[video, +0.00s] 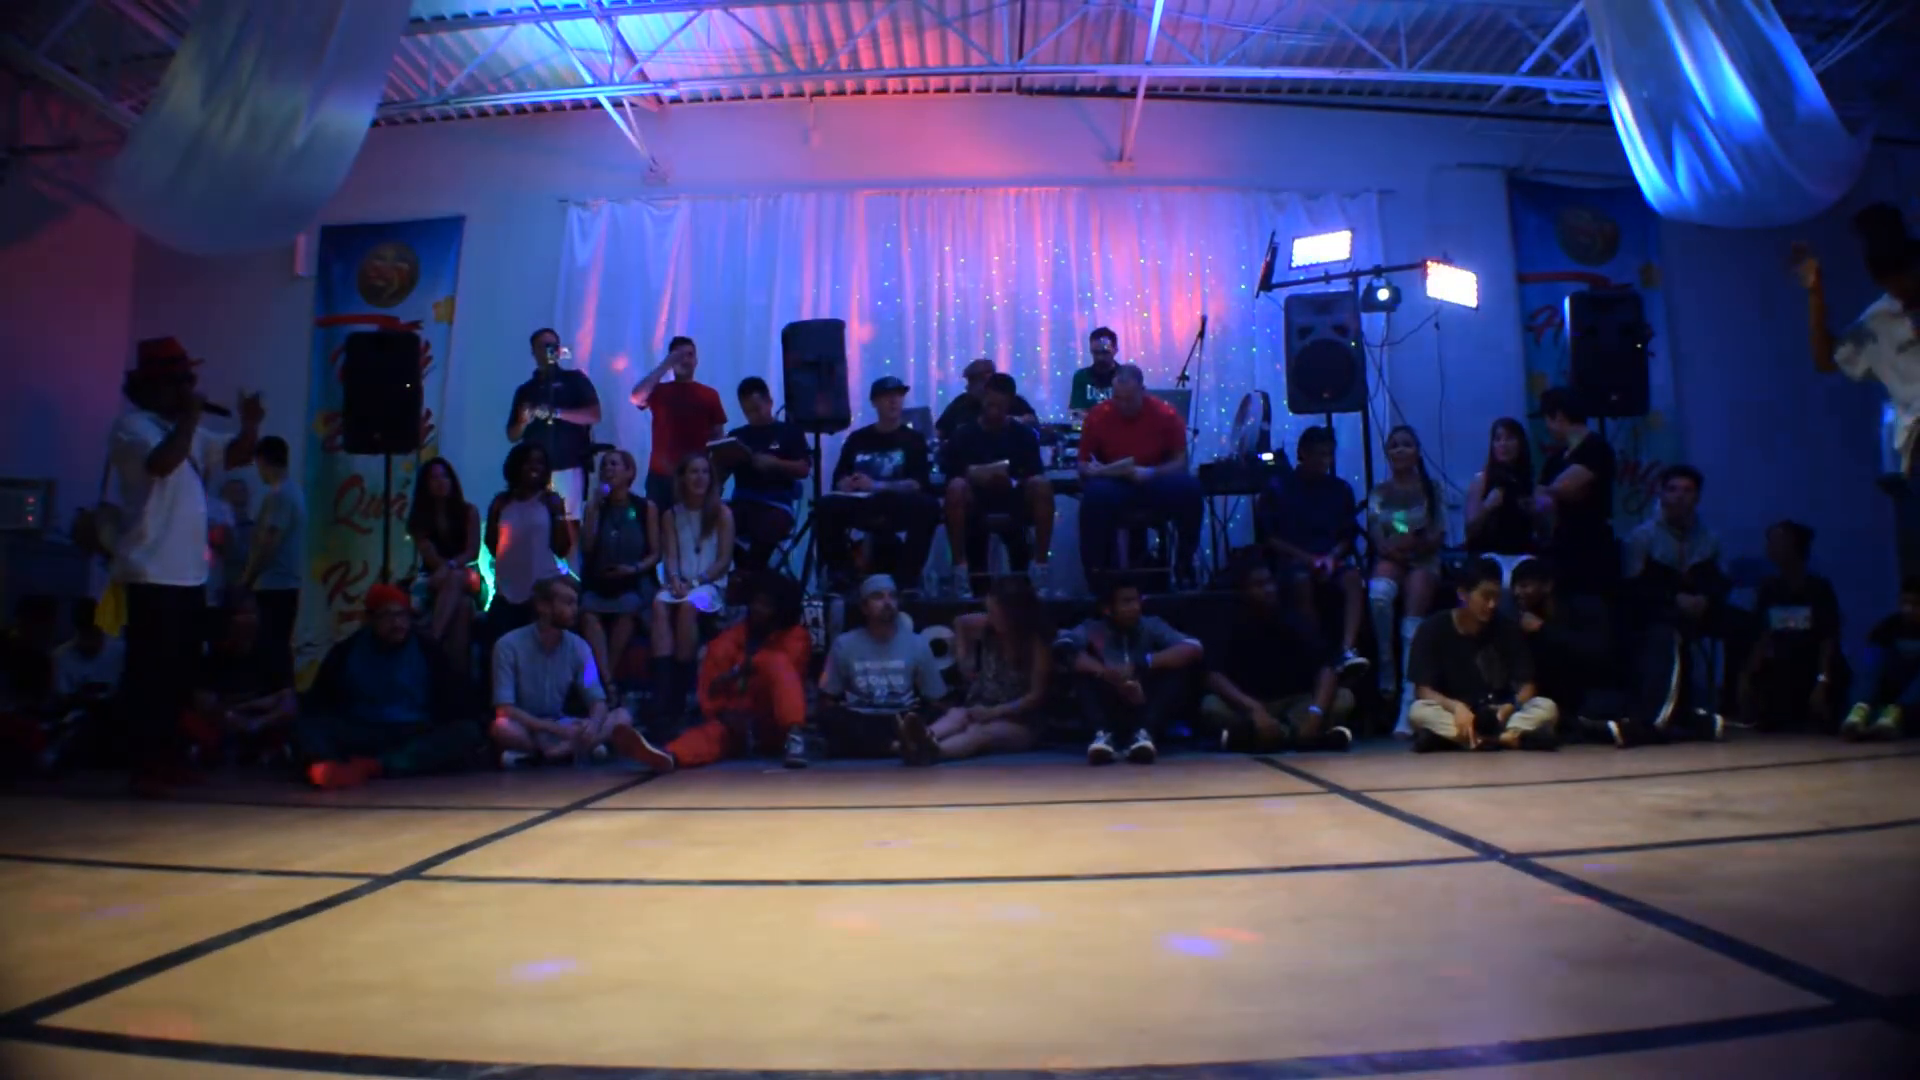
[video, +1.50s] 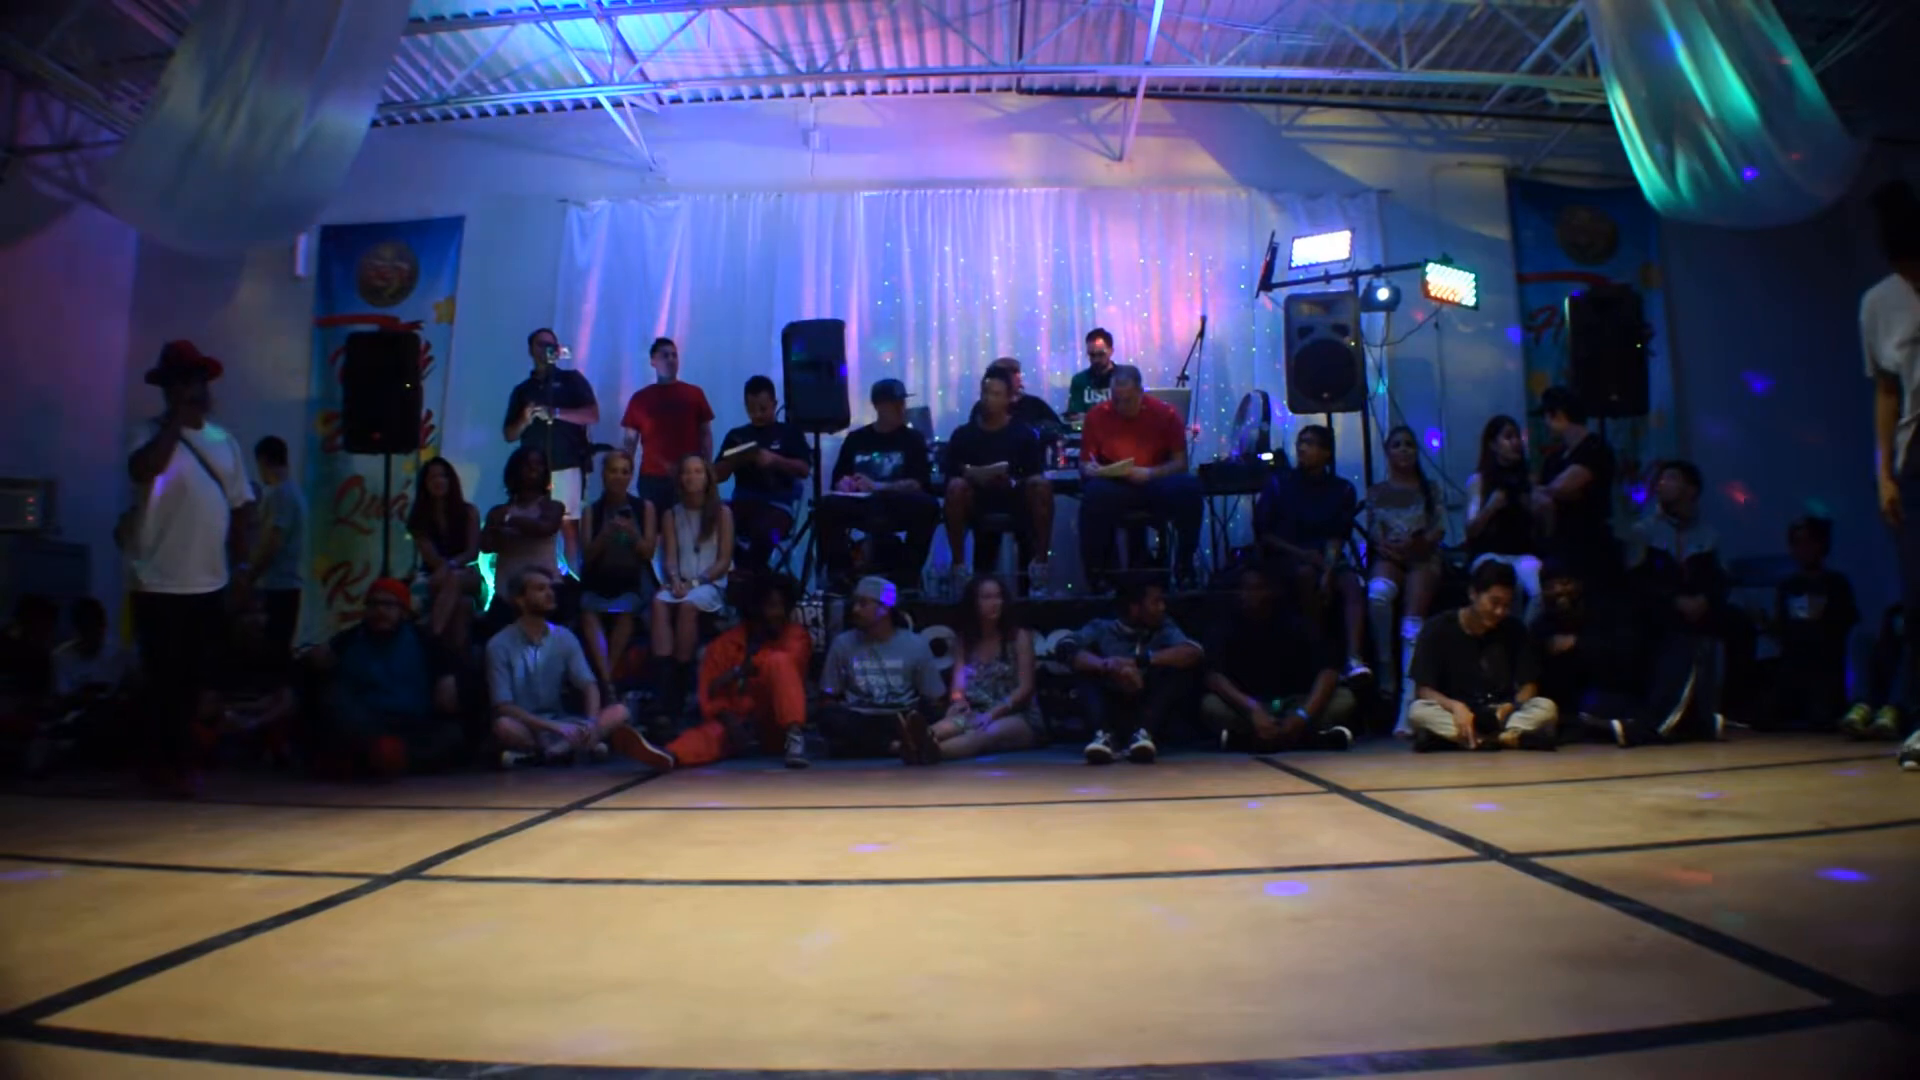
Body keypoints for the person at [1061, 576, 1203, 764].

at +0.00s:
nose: (1134, 608)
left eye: (1136, 601)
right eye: (1126, 602)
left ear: (1141, 603)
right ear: (1108, 609)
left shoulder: (1150, 627)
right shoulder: (1094, 630)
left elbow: (1193, 648)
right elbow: (1064, 649)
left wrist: (1142, 665)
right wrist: (1115, 678)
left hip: (1146, 701)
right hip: (1107, 701)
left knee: (1171, 673)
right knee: (1086, 676)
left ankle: (1144, 735)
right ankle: (1101, 735)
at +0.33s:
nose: (1138, 608)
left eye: (1140, 601)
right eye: (1131, 602)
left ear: (1144, 603)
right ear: (1112, 608)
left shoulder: (1152, 627)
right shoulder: (1093, 631)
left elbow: (1188, 649)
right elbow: (1064, 654)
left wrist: (1139, 659)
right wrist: (1110, 670)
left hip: (1146, 699)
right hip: (1106, 700)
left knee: (1169, 672)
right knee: (1087, 676)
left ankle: (1143, 734)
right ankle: (1100, 735)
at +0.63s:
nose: (1118, 609)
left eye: (1126, 603)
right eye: (1113, 602)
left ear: (1137, 607)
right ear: (1106, 606)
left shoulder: (1153, 628)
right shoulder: (1094, 629)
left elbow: (1191, 650)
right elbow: (1065, 652)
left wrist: (1143, 661)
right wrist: (1112, 669)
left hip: (1146, 701)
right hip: (1107, 700)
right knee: (1088, 674)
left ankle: (1144, 734)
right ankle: (1100, 735)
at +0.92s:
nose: (1151, 610)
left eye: (1154, 604)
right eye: (1144, 604)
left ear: (1157, 606)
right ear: (1124, 607)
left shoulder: (1158, 629)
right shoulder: (1098, 629)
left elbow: (1194, 651)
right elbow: (1067, 650)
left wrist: (1146, 661)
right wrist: (1114, 669)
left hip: (1148, 702)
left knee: (1173, 670)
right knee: (1088, 672)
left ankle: (1144, 733)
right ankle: (1101, 734)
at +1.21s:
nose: (1161, 608)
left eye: (1160, 602)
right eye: (1155, 602)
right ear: (1133, 607)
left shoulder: (1162, 630)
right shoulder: (1102, 629)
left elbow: (1193, 651)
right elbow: (1066, 649)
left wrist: (1143, 661)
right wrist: (1112, 666)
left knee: (1173, 669)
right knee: (1088, 673)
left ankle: (1143, 733)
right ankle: (1101, 734)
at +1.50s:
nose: (1162, 608)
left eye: (1161, 602)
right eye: (1156, 602)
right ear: (1135, 608)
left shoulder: (1164, 630)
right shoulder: (1103, 629)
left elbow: (1194, 652)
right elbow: (1064, 648)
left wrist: (1142, 661)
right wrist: (1109, 667)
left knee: (1173, 670)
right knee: (1088, 674)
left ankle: (1144, 733)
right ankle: (1102, 735)